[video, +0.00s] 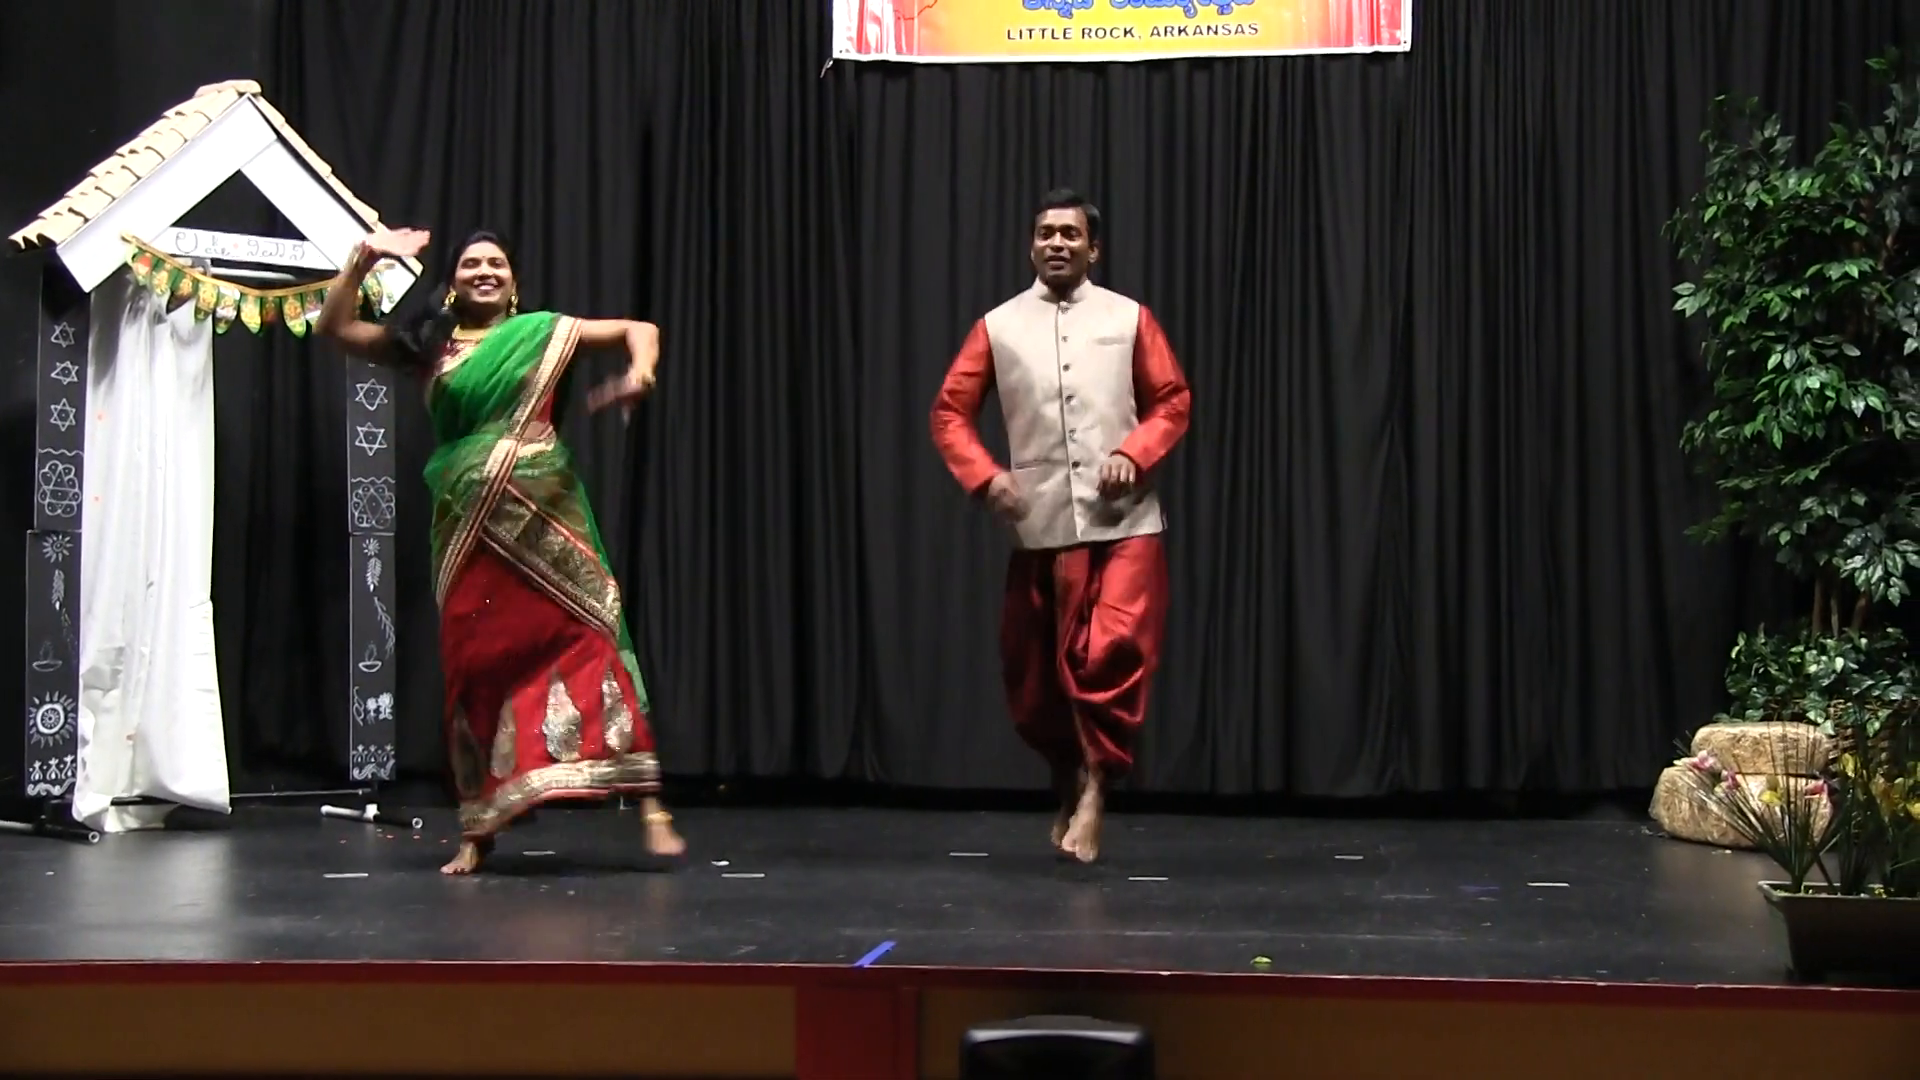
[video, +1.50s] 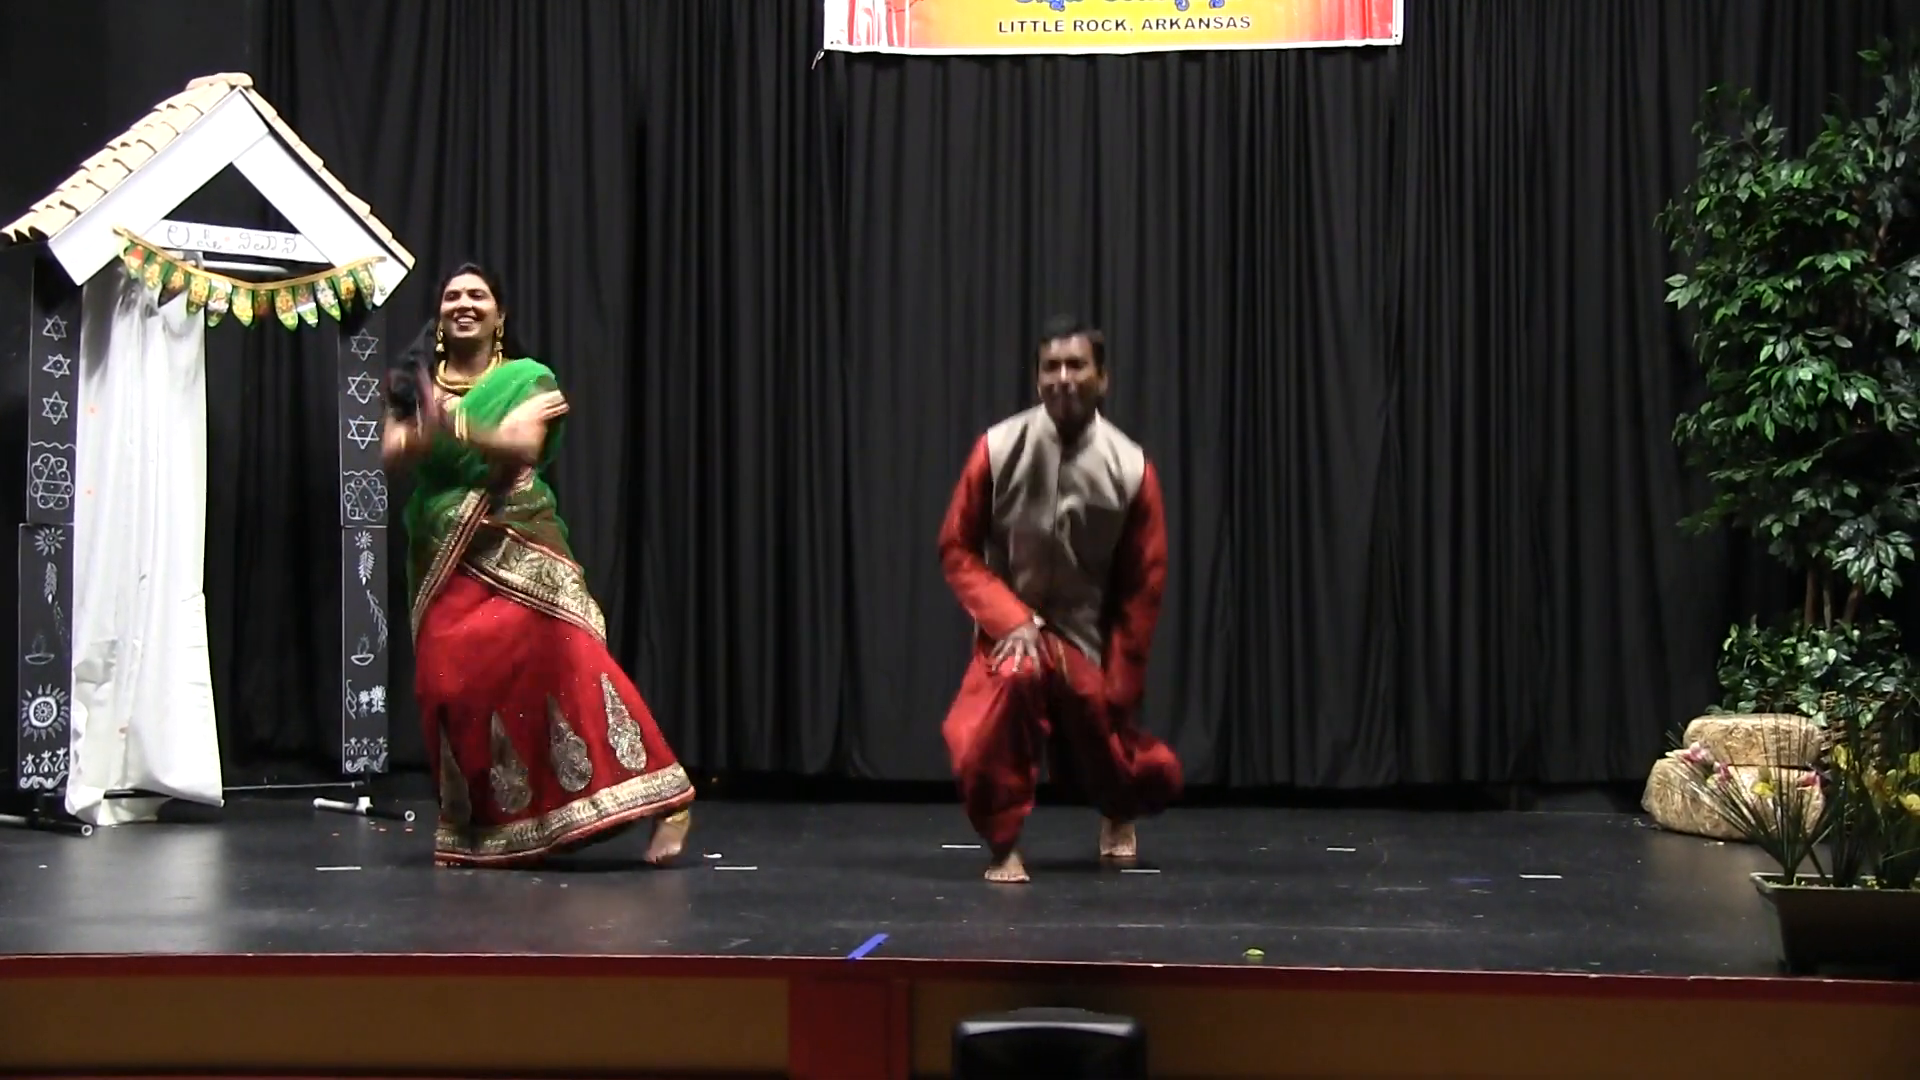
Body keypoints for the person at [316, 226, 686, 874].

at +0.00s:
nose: (484, 272)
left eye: (495, 264)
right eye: (471, 264)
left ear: (514, 281)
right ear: (450, 282)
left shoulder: (543, 329)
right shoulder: (430, 344)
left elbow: (641, 329)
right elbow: (335, 328)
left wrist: (639, 370)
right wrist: (361, 258)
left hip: (551, 510)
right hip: (468, 519)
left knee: (605, 643)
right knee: (467, 667)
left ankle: (652, 809)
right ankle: (475, 834)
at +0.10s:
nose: (480, 289)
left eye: (490, 281)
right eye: (467, 281)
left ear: (504, 294)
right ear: (442, 297)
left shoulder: (534, 346)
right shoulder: (418, 363)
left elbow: (634, 368)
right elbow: (321, 368)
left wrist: (634, 438)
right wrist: (362, 301)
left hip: (542, 527)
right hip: (461, 536)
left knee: (602, 657)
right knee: (461, 675)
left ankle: (682, 802)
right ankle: (472, 837)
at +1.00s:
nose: (474, 316)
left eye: (478, 309)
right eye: (458, 308)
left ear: (488, 322)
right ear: (426, 326)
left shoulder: (519, 369)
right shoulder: (409, 396)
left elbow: (608, 419)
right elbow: (313, 424)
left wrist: (589, 503)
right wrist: (341, 356)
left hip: (531, 549)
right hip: (451, 558)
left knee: (573, 671)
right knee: (440, 689)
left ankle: (685, 798)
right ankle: (461, 821)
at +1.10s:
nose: (470, 310)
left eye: (477, 302)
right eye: (454, 303)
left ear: (491, 317)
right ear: (430, 323)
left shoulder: (528, 369)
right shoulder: (415, 393)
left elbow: (620, 415)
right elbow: (335, 451)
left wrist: (630, 499)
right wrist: (297, 389)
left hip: (531, 550)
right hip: (450, 557)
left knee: (569, 678)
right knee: (443, 687)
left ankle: (682, 803)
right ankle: (458, 828)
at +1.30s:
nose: (464, 300)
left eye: (476, 294)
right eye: (451, 296)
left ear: (497, 317)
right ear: (436, 322)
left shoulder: (530, 370)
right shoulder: (412, 389)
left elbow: (611, 436)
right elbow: (346, 463)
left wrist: (651, 518)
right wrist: (270, 490)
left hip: (533, 550)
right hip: (452, 560)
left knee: (584, 677)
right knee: (447, 686)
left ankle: (688, 802)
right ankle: (463, 828)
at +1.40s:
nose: (462, 302)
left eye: (474, 294)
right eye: (451, 294)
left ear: (497, 311)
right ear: (436, 312)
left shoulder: (527, 374)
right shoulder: (414, 382)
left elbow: (572, 456)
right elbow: (372, 468)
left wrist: (556, 539)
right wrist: (362, 517)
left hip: (525, 551)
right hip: (447, 557)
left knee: (581, 674)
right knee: (445, 678)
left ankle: (684, 800)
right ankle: (457, 821)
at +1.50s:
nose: (463, 305)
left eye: (475, 297)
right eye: (453, 297)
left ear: (499, 315)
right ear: (437, 315)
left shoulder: (528, 376)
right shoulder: (420, 384)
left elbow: (522, 446)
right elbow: (389, 453)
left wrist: (452, 422)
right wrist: (418, 430)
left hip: (524, 547)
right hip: (447, 555)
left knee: (583, 664)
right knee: (444, 682)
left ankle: (671, 797)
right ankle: (463, 822)